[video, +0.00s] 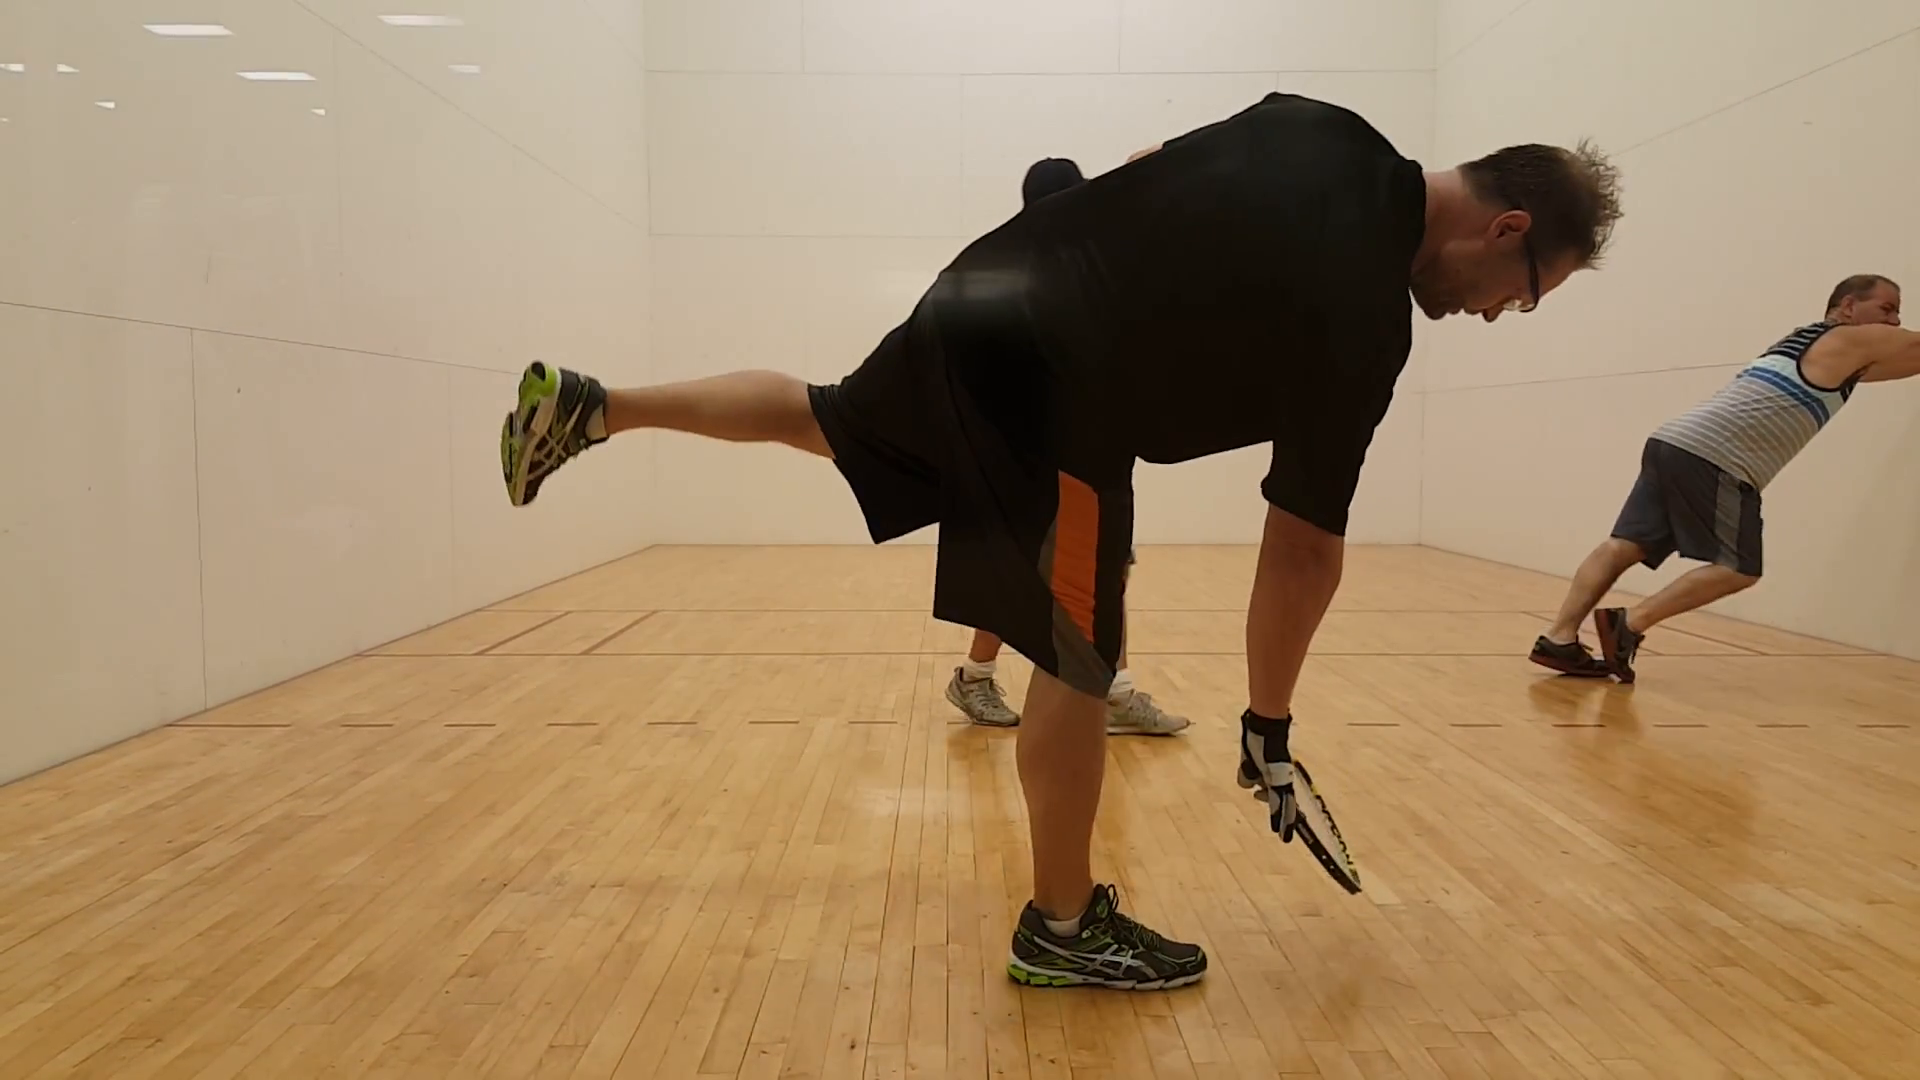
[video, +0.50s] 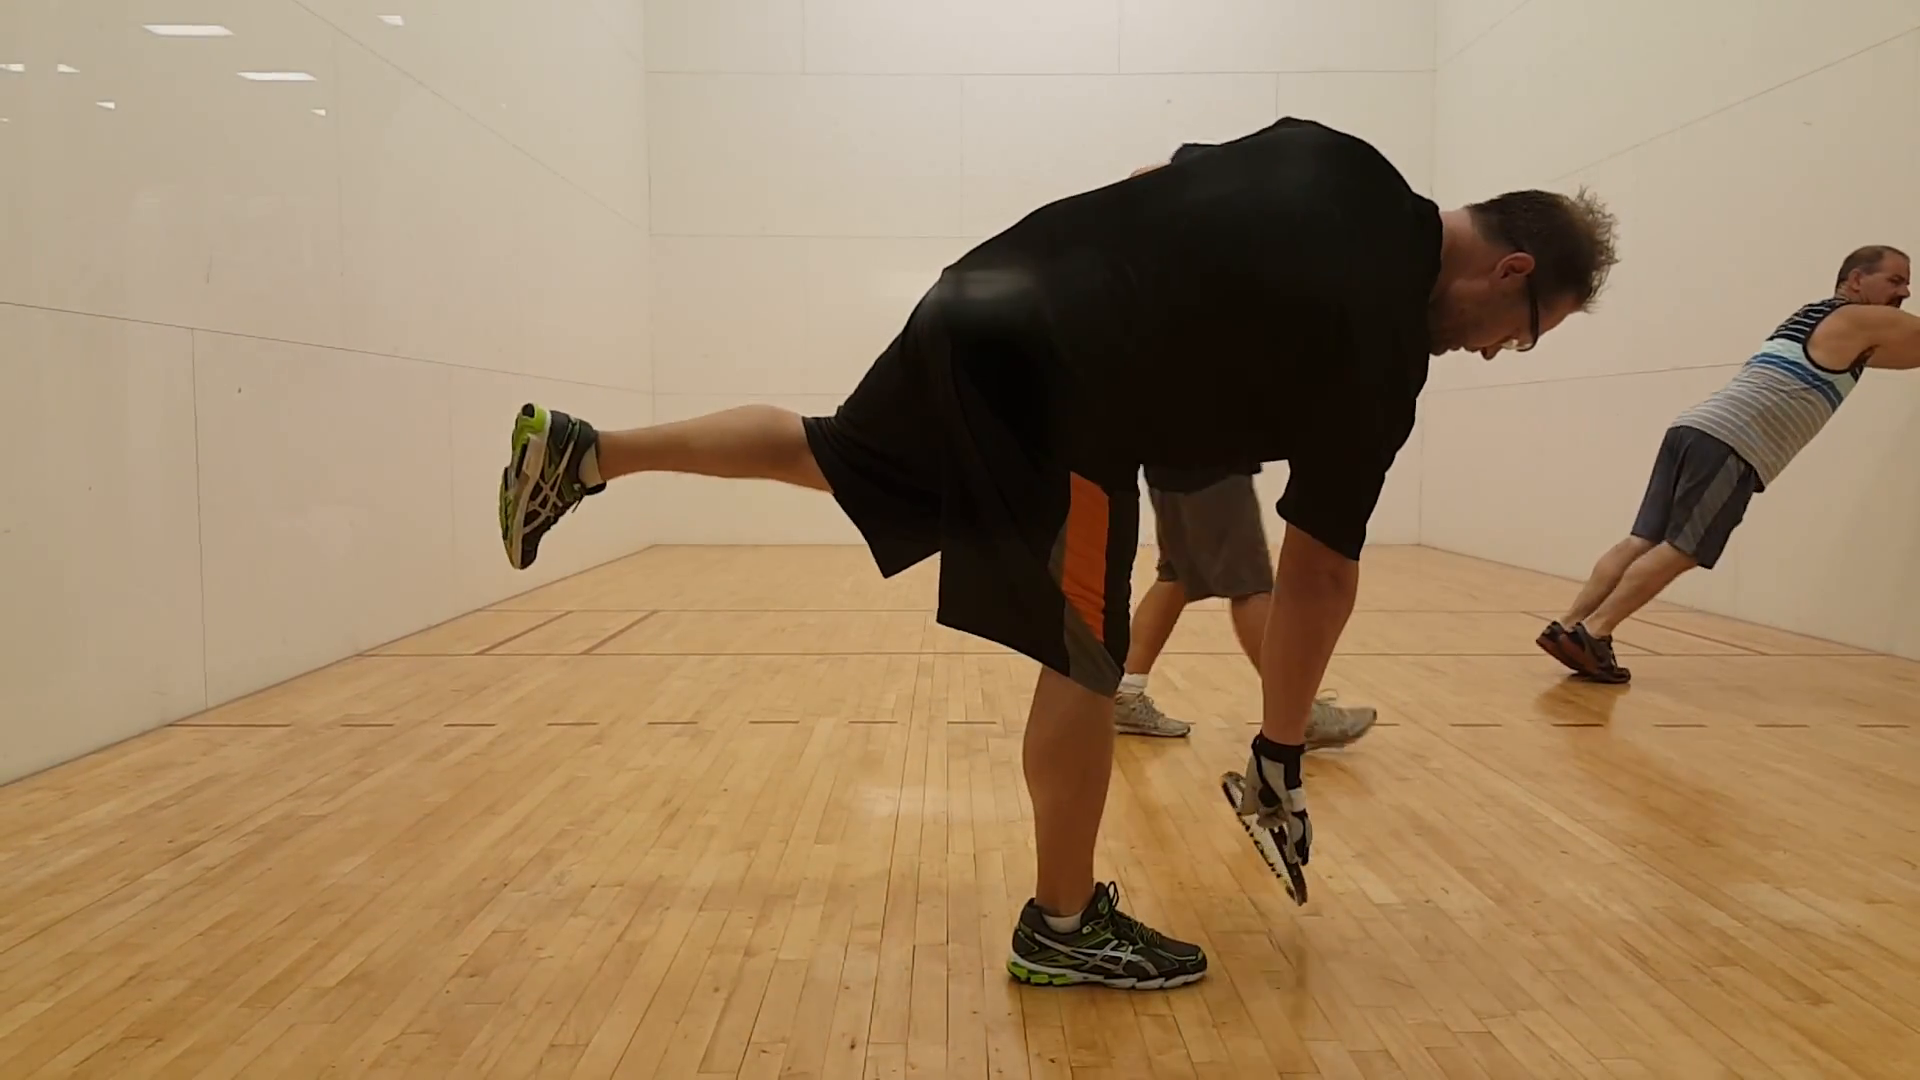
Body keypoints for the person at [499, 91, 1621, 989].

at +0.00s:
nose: (1507, 311)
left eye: (1527, 299)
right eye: (1528, 288)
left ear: (1479, 187)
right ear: (1505, 225)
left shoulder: (1316, 125)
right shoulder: (1366, 330)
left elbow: (1149, 178)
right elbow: (1301, 542)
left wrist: (1058, 240)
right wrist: (1267, 726)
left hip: (991, 291)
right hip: (1063, 393)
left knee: (836, 423)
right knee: (1079, 665)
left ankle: (594, 408)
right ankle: (1061, 921)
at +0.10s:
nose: (1509, 313)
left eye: (1529, 301)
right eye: (1529, 289)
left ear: (1479, 191)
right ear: (1502, 226)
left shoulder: (1320, 127)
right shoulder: (1368, 328)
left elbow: (1149, 173)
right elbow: (1307, 543)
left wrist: (1095, 229)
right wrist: (1268, 725)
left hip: (990, 282)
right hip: (1055, 375)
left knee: (844, 429)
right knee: (1072, 648)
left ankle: (597, 428)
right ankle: (1063, 922)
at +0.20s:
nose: (1507, 316)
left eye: (1526, 305)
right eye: (1527, 294)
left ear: (1479, 192)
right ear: (1507, 233)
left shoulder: (1321, 130)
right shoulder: (1371, 326)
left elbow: (1136, 178)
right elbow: (1311, 549)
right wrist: (1273, 725)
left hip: (982, 294)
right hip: (1047, 384)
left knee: (841, 440)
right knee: (1079, 654)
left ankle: (594, 435)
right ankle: (1063, 922)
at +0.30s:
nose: (1509, 324)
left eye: (1528, 311)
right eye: (1529, 302)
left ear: (1481, 202)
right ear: (1508, 243)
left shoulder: (1326, 136)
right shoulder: (1374, 339)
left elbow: (1143, 167)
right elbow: (1315, 564)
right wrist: (1278, 741)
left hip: (981, 296)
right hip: (1060, 394)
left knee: (834, 441)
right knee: (1075, 655)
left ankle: (593, 443)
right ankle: (1063, 921)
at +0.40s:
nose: (1499, 337)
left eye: (1521, 326)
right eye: (1523, 314)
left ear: (1478, 213)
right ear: (1506, 249)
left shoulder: (1325, 140)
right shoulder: (1375, 342)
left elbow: (1151, 171)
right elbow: (1319, 563)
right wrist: (1283, 733)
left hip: (978, 301)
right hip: (1058, 396)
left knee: (832, 446)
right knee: (1077, 657)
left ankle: (588, 444)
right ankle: (1064, 920)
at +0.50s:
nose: (1496, 352)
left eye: (1518, 339)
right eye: (1520, 329)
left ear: (1479, 229)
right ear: (1506, 267)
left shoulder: (1329, 155)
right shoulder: (1382, 348)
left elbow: (1153, 183)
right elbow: (1314, 574)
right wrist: (1279, 753)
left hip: (982, 296)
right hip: (1067, 385)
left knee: (840, 455)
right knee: (1089, 646)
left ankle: (585, 451)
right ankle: (1063, 921)